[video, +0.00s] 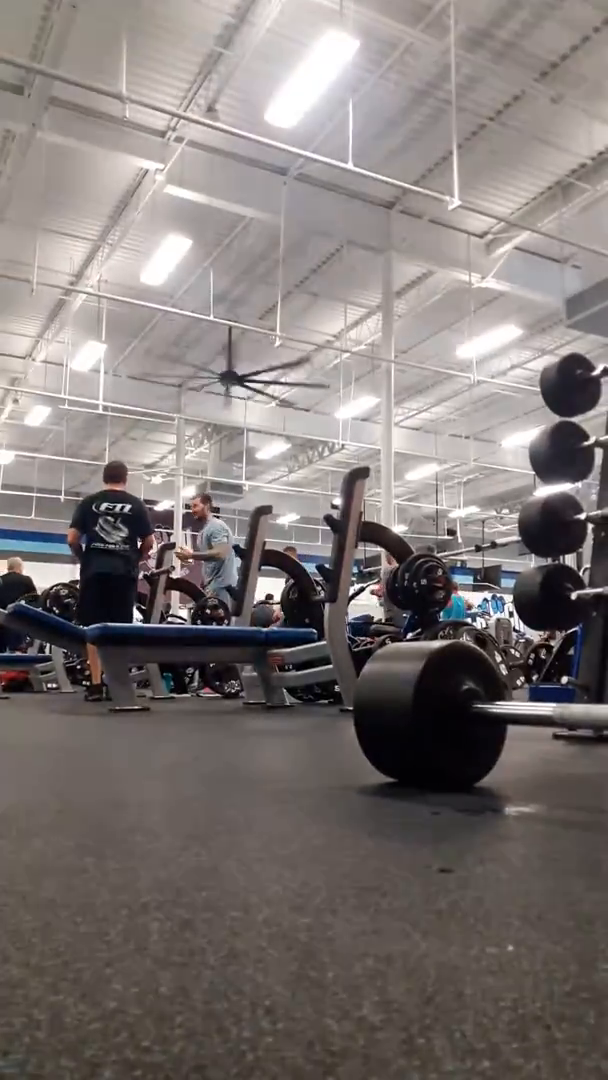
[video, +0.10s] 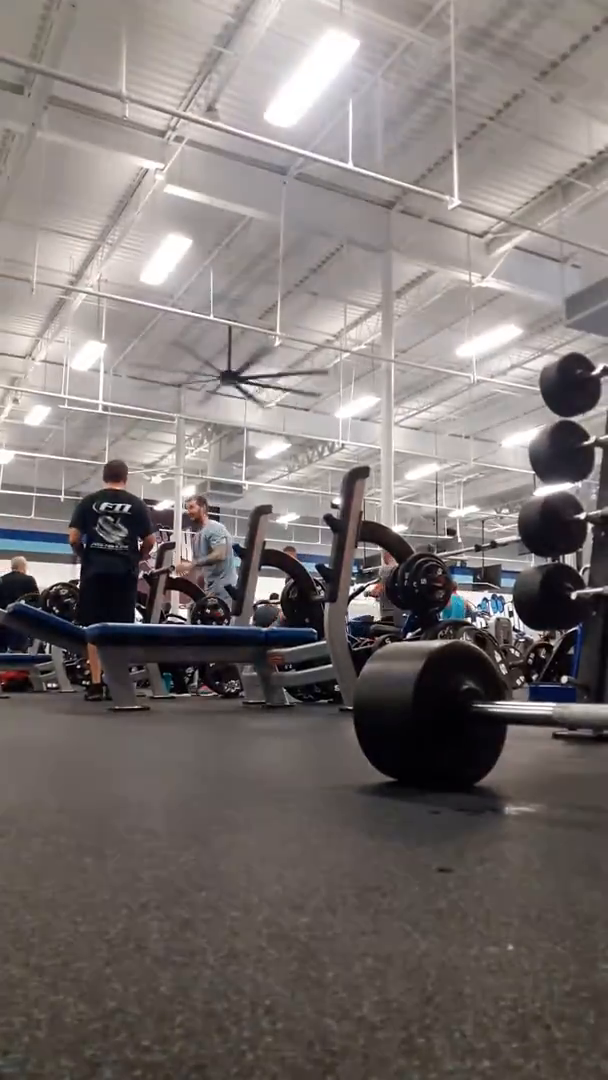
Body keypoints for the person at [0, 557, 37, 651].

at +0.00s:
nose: (23, 569)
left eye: (22, 567)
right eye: (22, 567)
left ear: (8, 568)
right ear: (20, 568)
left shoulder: (2, 579)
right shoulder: (26, 580)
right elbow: (35, 600)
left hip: (3, 620)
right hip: (21, 621)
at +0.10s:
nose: (26, 569)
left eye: (26, 567)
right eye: (26, 567)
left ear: (12, 567)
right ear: (23, 567)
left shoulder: (3, 579)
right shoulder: (29, 580)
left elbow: (1, 601)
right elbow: (36, 600)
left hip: (4, 619)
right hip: (24, 619)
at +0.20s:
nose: (29, 567)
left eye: (28, 565)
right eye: (28, 565)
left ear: (15, 565)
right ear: (26, 566)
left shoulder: (4, 579)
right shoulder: (31, 580)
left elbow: (2, 603)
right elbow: (37, 601)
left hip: (6, 620)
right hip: (26, 620)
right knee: (21, 649)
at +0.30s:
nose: (31, 568)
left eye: (31, 565)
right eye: (31, 565)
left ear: (17, 566)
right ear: (28, 566)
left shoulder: (5, 579)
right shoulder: (31, 580)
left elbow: (1, 599)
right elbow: (37, 600)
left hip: (7, 620)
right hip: (26, 621)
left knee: (8, 648)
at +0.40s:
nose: (33, 569)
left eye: (33, 566)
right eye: (32, 566)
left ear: (18, 565)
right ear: (29, 566)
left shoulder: (5, 579)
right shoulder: (31, 580)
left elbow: (1, 599)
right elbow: (36, 601)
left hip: (8, 620)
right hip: (26, 621)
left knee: (8, 648)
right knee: (22, 649)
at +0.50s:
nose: (34, 567)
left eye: (34, 565)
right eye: (33, 565)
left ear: (20, 564)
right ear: (30, 566)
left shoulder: (6, 579)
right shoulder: (30, 580)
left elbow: (1, 600)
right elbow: (33, 602)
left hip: (8, 621)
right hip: (25, 621)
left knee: (8, 648)